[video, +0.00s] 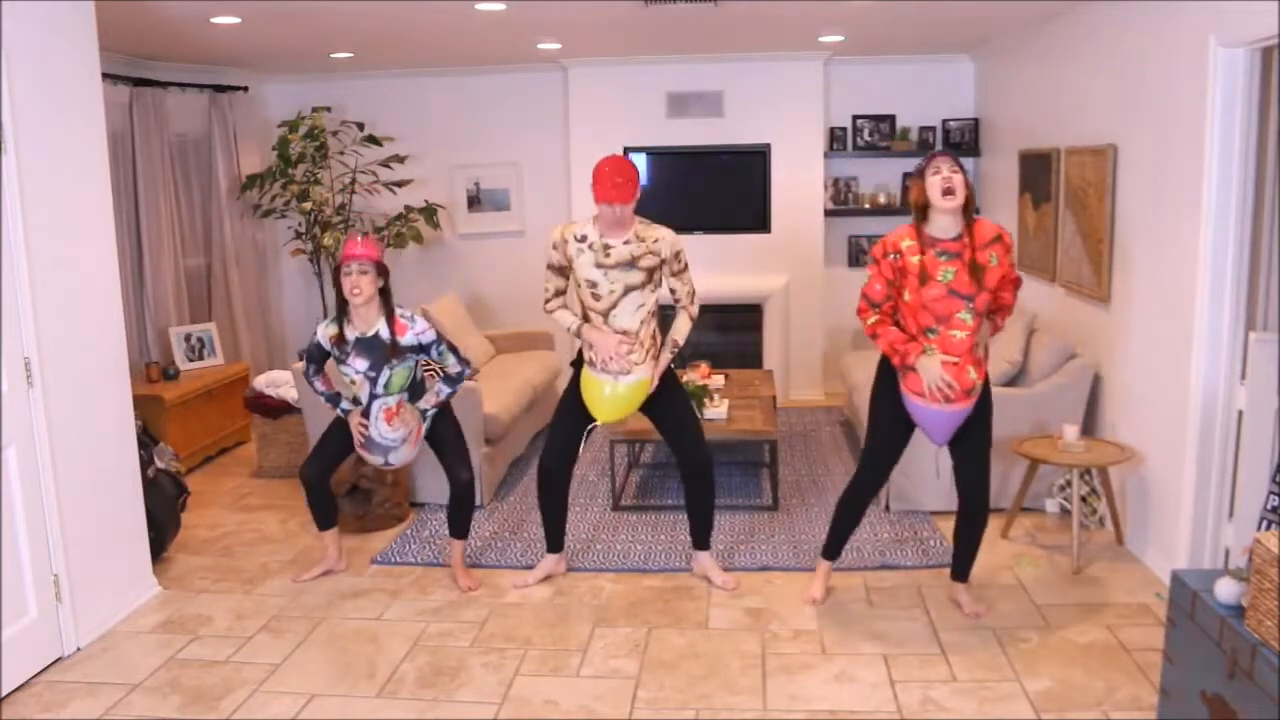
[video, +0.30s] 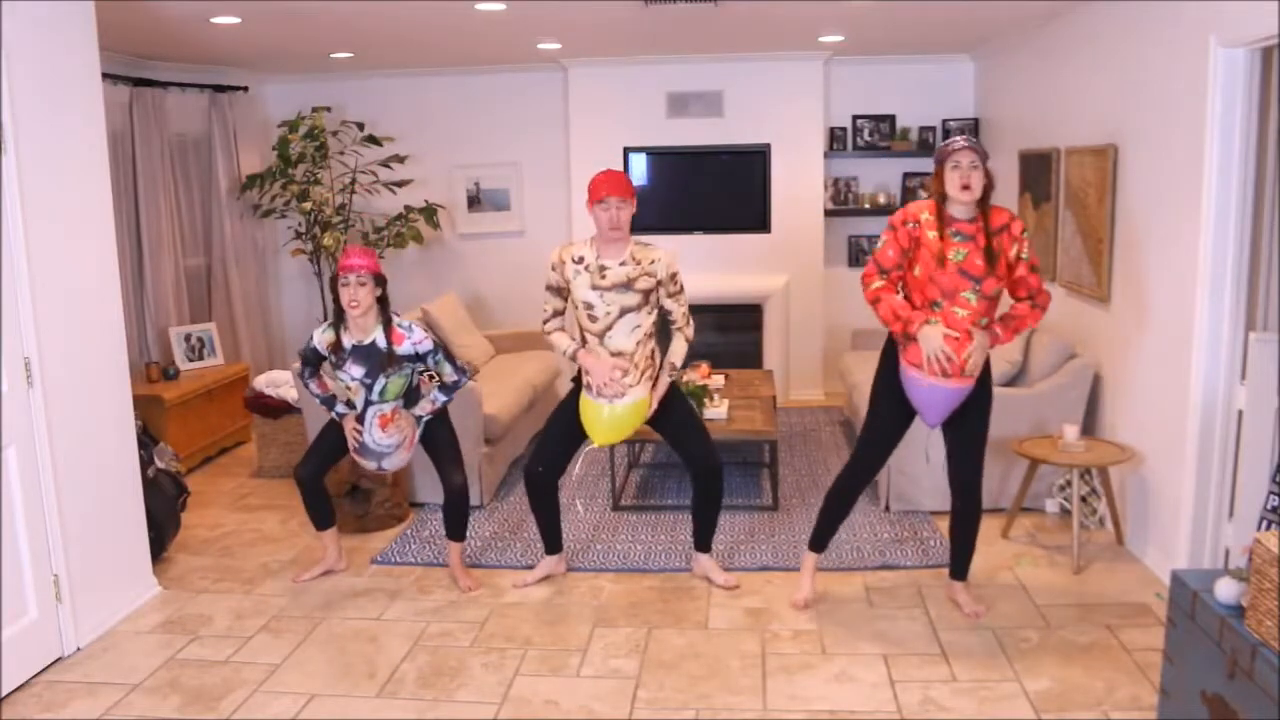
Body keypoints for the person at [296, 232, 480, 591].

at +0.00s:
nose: (354, 281)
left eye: (364, 272)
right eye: (347, 273)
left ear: (380, 279)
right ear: (339, 281)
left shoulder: (410, 324)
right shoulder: (331, 332)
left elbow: (460, 368)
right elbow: (311, 370)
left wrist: (421, 409)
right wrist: (347, 410)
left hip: (420, 403)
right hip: (365, 409)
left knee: (463, 477)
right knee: (312, 474)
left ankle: (457, 560)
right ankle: (333, 555)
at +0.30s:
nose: (352, 293)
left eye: (362, 284)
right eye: (345, 285)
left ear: (378, 289)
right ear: (337, 291)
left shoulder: (408, 334)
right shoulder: (328, 337)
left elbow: (457, 375)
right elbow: (307, 371)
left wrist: (417, 414)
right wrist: (342, 414)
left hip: (416, 405)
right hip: (360, 410)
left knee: (456, 481)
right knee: (307, 474)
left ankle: (457, 562)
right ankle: (333, 555)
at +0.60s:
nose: (357, 266)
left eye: (363, 256)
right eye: (348, 260)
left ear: (377, 247)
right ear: (337, 258)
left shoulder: (407, 287)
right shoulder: (326, 293)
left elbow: (453, 340)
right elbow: (303, 338)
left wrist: (416, 378)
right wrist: (332, 376)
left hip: (413, 386)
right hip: (356, 391)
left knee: (441, 471)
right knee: (319, 468)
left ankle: (454, 560)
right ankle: (333, 555)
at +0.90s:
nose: (353, 251)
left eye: (359, 242)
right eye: (345, 246)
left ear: (376, 226)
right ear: (335, 240)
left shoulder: (413, 259)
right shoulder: (327, 268)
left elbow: (452, 315)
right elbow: (298, 317)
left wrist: (414, 355)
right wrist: (326, 354)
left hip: (410, 377)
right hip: (356, 381)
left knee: (432, 470)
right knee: (337, 467)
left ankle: (454, 561)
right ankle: (334, 555)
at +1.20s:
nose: (355, 260)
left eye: (360, 251)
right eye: (346, 254)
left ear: (377, 235)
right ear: (336, 249)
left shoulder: (413, 267)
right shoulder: (330, 277)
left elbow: (459, 319)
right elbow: (303, 322)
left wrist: (417, 355)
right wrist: (335, 354)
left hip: (412, 377)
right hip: (360, 380)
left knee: (436, 467)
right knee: (335, 466)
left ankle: (454, 560)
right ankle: (334, 555)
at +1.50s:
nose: (352, 250)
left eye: (361, 241)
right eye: (346, 242)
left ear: (381, 243)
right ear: (340, 246)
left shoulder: (416, 285)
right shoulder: (334, 288)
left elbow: (460, 335)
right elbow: (304, 330)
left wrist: (418, 368)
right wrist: (335, 364)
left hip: (413, 381)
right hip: (360, 384)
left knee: (447, 467)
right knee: (323, 469)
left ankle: (455, 561)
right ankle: (334, 555)